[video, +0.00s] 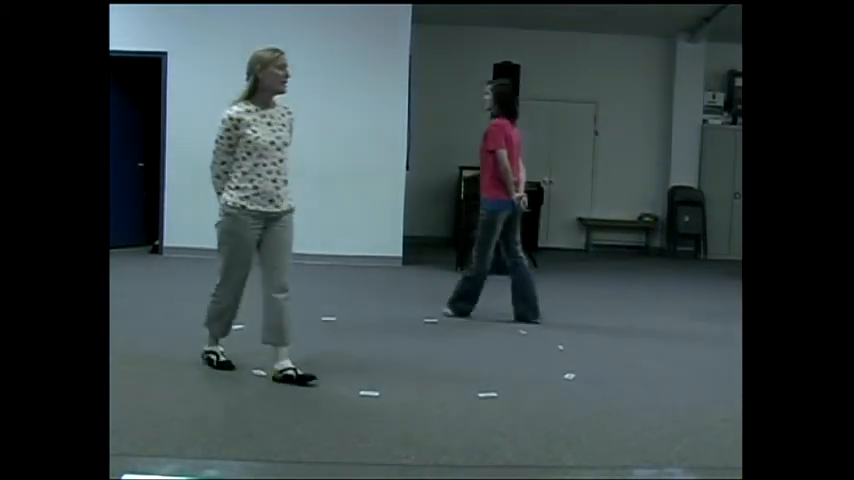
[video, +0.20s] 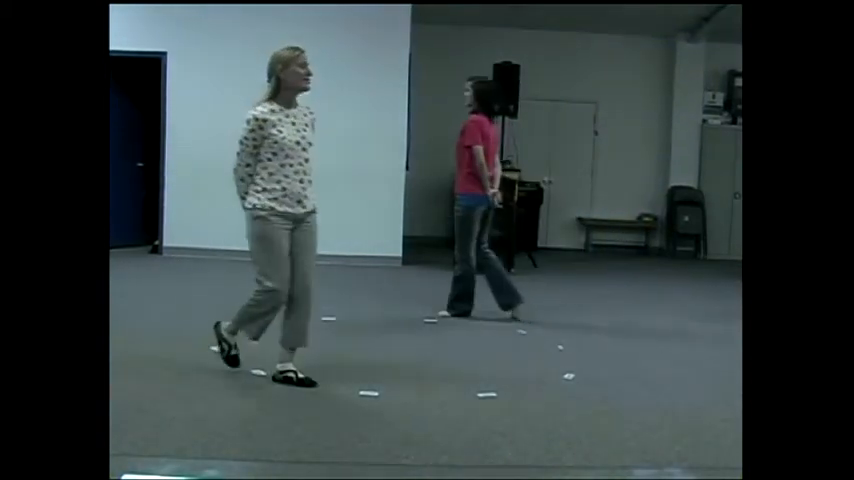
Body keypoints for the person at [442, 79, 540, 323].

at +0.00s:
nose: (484, 99)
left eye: (488, 95)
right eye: (485, 94)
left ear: (498, 99)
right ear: (505, 100)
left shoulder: (496, 128)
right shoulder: (512, 129)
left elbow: (503, 162)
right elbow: (520, 164)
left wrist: (514, 191)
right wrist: (520, 190)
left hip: (494, 201)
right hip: (511, 200)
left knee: (481, 257)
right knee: (515, 255)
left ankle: (460, 305)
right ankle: (528, 312)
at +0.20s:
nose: (465, 95)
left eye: (469, 92)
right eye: (466, 91)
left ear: (478, 97)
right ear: (487, 99)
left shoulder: (473, 123)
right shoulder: (490, 125)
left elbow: (480, 158)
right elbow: (496, 162)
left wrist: (489, 187)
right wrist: (495, 188)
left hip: (469, 197)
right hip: (486, 196)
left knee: (464, 255)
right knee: (482, 249)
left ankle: (459, 307)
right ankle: (511, 299)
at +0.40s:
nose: (444, 95)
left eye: (448, 91)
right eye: (445, 90)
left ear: (458, 96)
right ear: (465, 97)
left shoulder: (454, 124)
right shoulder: (470, 126)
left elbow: (462, 159)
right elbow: (475, 161)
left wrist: (472, 188)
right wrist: (475, 189)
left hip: (452, 195)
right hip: (460, 195)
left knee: (456, 250)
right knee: (436, 243)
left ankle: (459, 305)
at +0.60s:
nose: (426, 94)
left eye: (431, 90)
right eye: (428, 90)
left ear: (442, 96)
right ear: (443, 97)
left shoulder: (442, 123)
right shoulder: (442, 123)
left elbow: (452, 156)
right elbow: (449, 158)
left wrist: (458, 189)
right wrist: (456, 190)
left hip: (440, 194)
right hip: (434, 194)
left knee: (444, 252)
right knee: (416, 250)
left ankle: (456, 306)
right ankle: (395, 299)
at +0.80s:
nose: (412, 91)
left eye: (416, 87)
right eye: (413, 87)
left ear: (428, 92)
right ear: (428, 93)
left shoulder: (431, 121)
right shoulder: (422, 120)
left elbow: (439, 156)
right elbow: (430, 156)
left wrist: (439, 185)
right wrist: (437, 186)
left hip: (422, 191)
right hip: (411, 190)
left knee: (414, 246)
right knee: (401, 247)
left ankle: (446, 294)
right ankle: (394, 299)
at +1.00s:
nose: (403, 94)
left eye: (407, 90)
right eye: (403, 90)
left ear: (420, 95)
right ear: (410, 96)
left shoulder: (424, 124)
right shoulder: (411, 124)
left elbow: (432, 158)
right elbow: (413, 157)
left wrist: (431, 188)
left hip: (413, 191)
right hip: (402, 190)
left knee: (389, 240)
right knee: (390, 240)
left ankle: (411, 286)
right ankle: (408, 288)